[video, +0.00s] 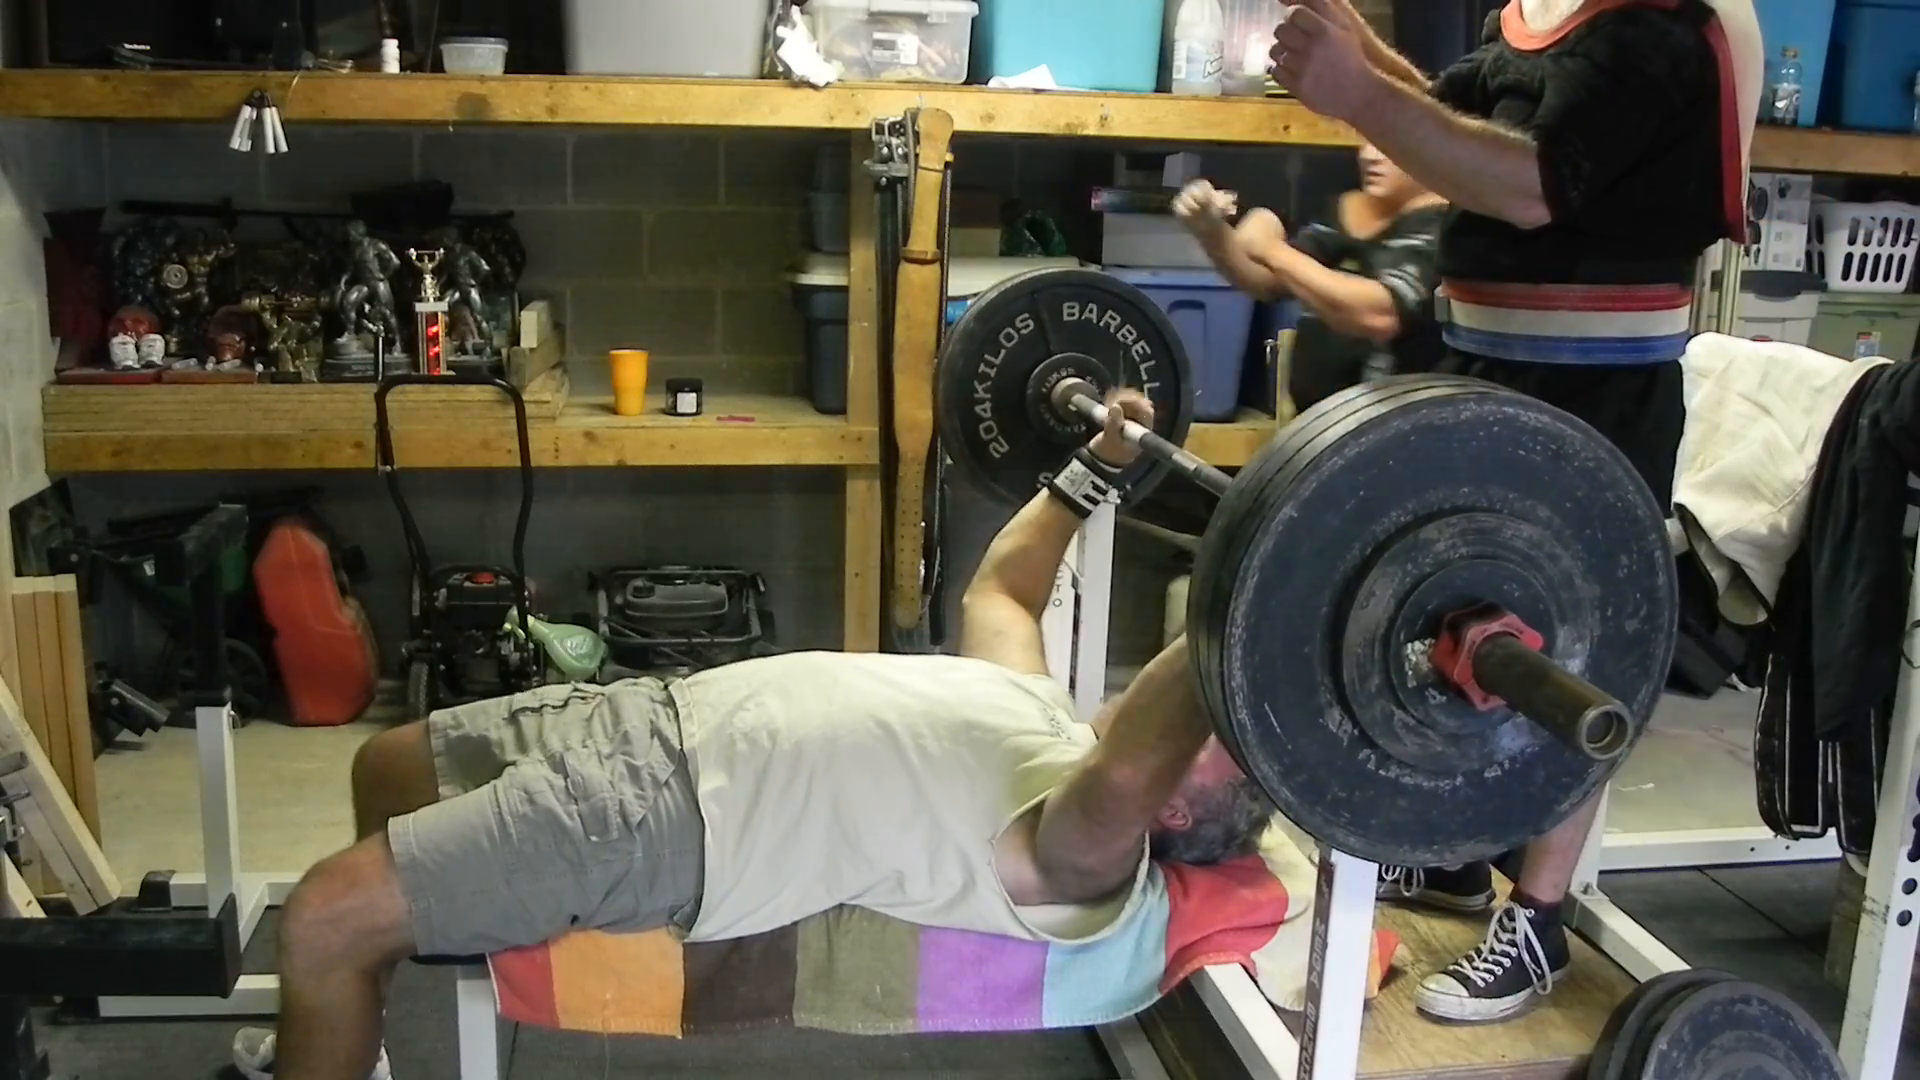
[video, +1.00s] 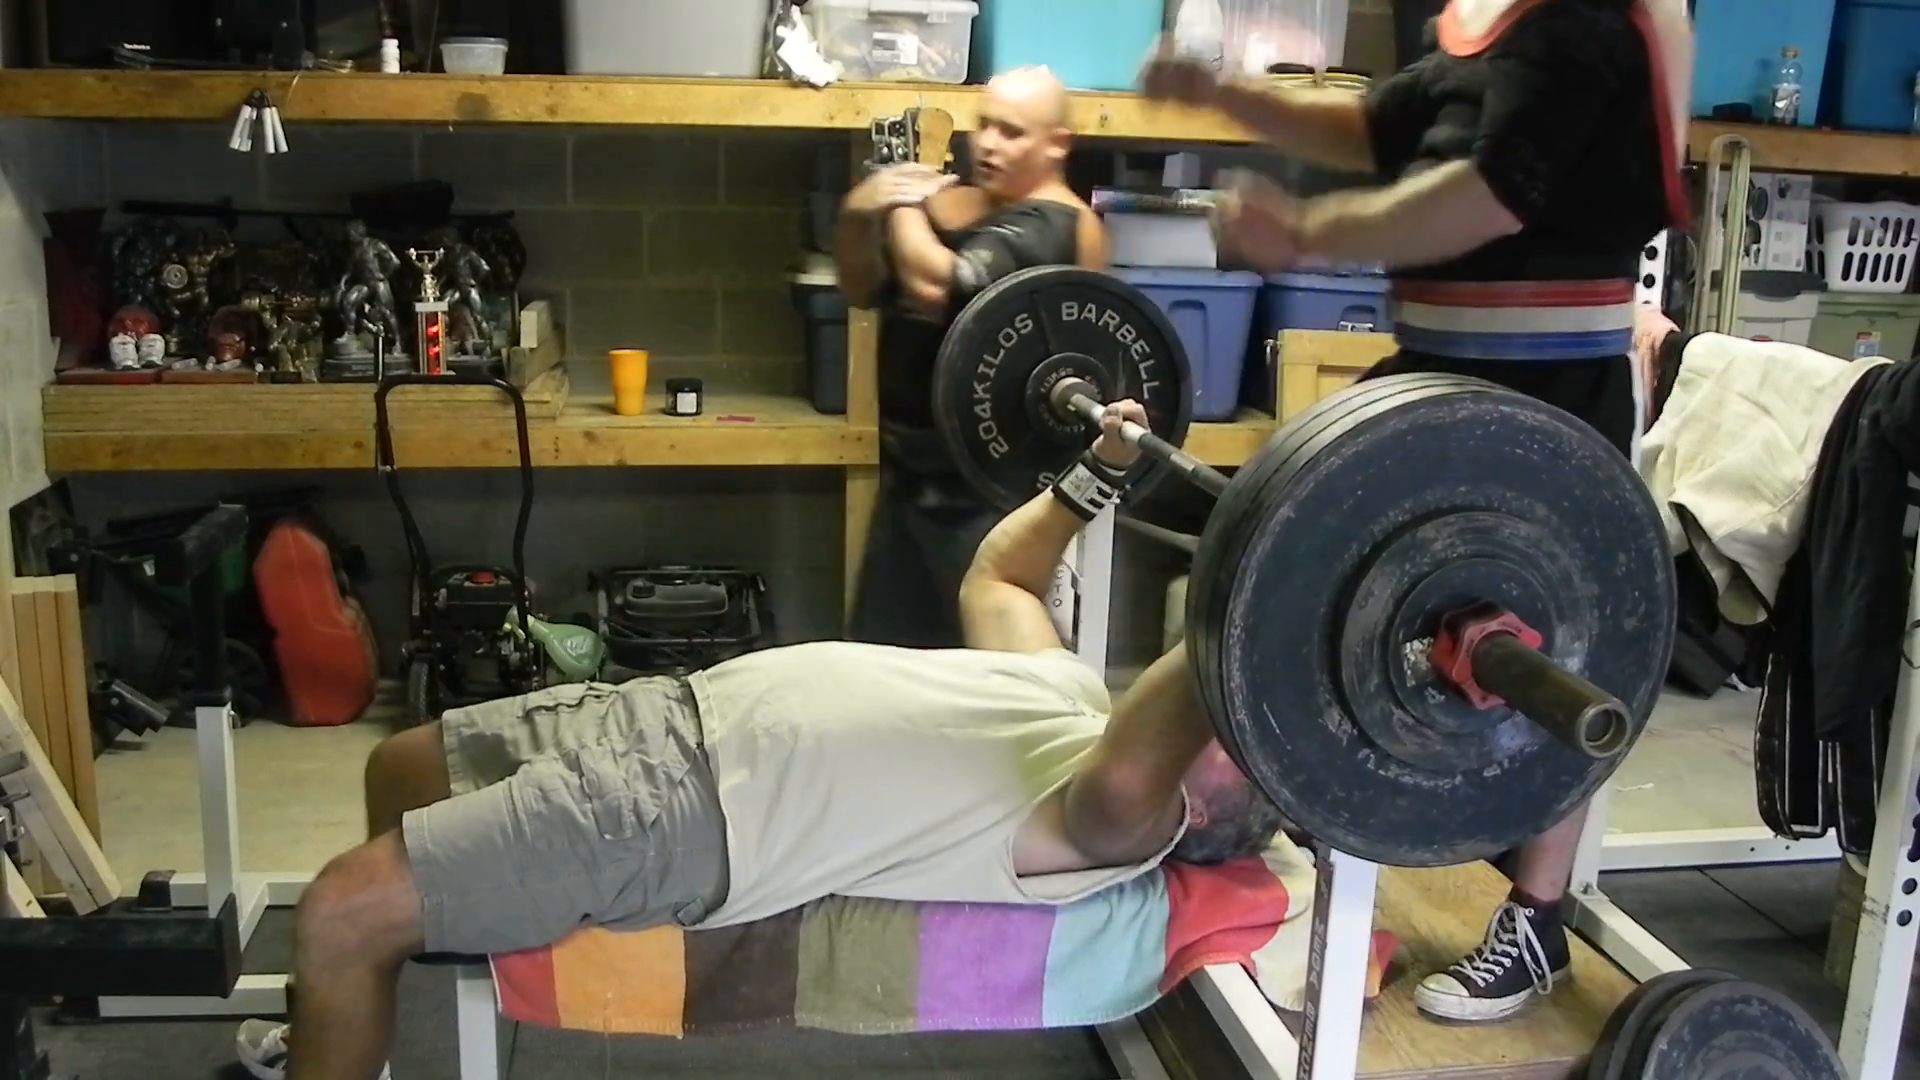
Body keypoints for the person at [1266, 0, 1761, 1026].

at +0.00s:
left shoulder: (1660, 30)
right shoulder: (1536, 18)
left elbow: (1530, 183)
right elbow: (1441, 113)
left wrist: (1361, 91)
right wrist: (1353, 51)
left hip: (1602, 384)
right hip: (1487, 367)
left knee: (1576, 651)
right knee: (1453, 614)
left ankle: (1535, 917)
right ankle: (1452, 847)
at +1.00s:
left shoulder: (1584, 32)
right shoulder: (1469, 34)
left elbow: (1491, 193)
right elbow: (1373, 129)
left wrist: (1305, 228)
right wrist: (1225, 98)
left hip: (1553, 385)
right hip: (1436, 370)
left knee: (1554, 650)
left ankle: (1535, 918)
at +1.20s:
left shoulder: (1511, 26)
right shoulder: (1395, 30)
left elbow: (1467, 214)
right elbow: (1306, 166)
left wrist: (1353, 377)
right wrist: (1170, 239)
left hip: (1518, 374)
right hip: (1413, 370)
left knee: (1526, 637)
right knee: (1366, 611)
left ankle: (1530, 916)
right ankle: (1332, 817)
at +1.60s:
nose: (1172, 13)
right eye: (1170, 6)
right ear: (1223, 1)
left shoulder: (1378, 33)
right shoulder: (1243, 85)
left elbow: (1393, 225)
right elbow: (1204, 234)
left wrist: (1340, 407)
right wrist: (1154, 385)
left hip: (1462, 339)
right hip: (1346, 351)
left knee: (1464, 619)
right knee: (1324, 603)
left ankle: (1468, 888)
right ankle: (1335, 856)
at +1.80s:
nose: (1151, 19)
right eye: (1143, 6)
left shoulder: (1363, 27)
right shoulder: (1202, 62)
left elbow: (1386, 200)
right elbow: (1185, 229)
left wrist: (1330, 356)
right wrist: (1150, 390)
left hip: (1447, 334)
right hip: (1313, 346)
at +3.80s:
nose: (1060, 52)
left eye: (1059, 31)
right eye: (1048, 40)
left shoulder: (1271, 48)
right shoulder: (1144, 56)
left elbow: (1324, 271)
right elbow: (1140, 224)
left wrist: (1292, 479)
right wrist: (1139, 392)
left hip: (1412, 327)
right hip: (1294, 333)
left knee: (1311, 595)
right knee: (1241, 576)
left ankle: (1258, 895)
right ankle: (1198, 820)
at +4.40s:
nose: (1065, 39)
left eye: (1071, 15)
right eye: (1051, 27)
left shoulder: (1291, 48)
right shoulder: (1130, 72)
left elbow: (1326, 244)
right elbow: (1137, 227)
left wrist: (1288, 435)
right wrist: (1141, 388)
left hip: (1401, 329)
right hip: (1282, 344)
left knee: (1323, 598)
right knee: (1246, 583)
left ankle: (1269, 891)